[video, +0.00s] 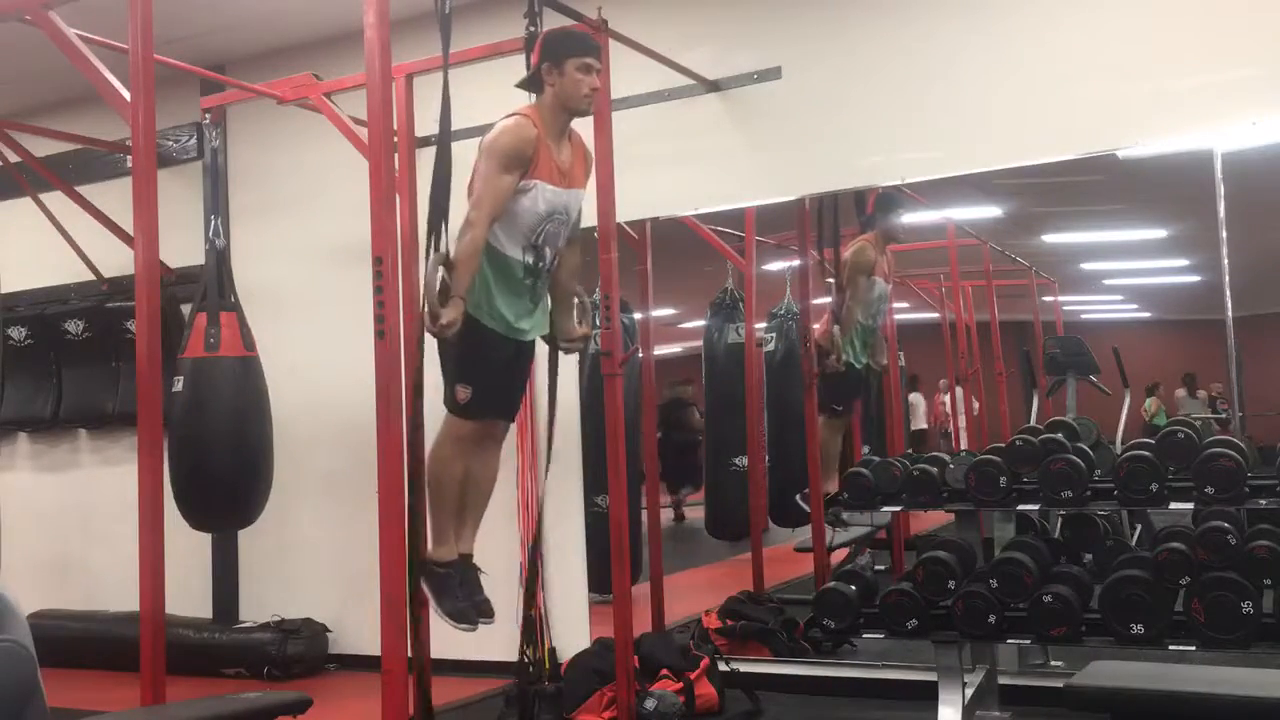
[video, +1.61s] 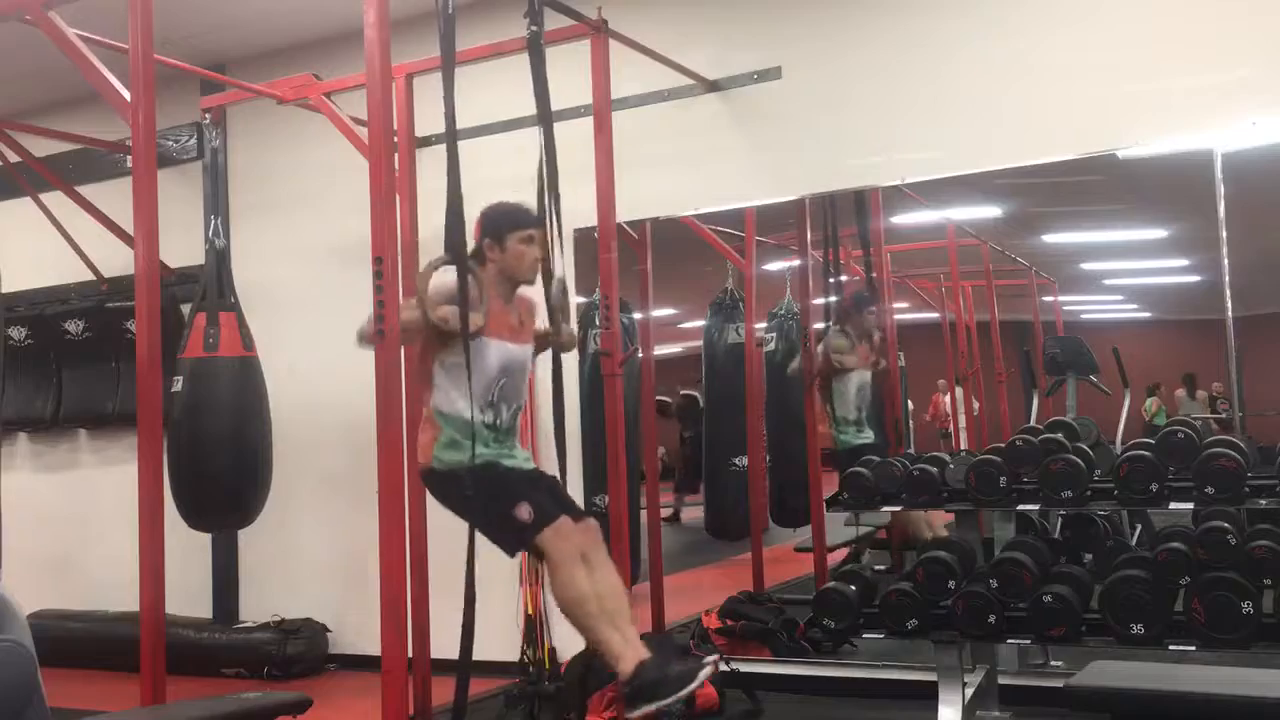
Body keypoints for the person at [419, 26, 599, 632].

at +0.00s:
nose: (596, 82)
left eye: (598, 72)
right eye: (584, 70)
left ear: (590, 82)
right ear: (548, 74)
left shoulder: (578, 151)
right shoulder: (516, 133)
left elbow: (565, 242)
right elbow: (476, 221)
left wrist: (566, 318)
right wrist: (456, 299)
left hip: (524, 314)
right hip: (480, 306)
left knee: (491, 433)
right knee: (462, 427)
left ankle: (462, 554)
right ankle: (439, 555)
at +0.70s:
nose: (598, 144)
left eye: (600, 135)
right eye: (587, 133)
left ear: (591, 143)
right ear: (552, 135)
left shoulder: (576, 201)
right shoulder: (515, 189)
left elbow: (539, 270)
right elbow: (419, 233)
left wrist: (552, 321)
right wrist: (438, 314)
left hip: (521, 345)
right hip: (474, 340)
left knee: (511, 472)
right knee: (483, 472)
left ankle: (499, 608)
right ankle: (478, 612)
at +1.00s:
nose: (611, 230)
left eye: (612, 219)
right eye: (600, 220)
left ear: (597, 225)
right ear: (563, 221)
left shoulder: (582, 274)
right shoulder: (519, 257)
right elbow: (429, 233)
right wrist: (421, 309)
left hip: (511, 402)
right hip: (461, 399)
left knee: (528, 531)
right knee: (497, 531)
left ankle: (533, 666)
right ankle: (509, 674)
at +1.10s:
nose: (613, 247)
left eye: (615, 236)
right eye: (602, 235)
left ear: (602, 242)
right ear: (565, 236)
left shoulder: (582, 290)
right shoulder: (518, 267)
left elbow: (534, 335)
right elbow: (435, 233)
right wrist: (415, 303)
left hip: (510, 416)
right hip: (459, 412)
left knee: (532, 540)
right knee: (500, 540)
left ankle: (539, 677)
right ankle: (515, 684)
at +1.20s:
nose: (609, 247)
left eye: (611, 236)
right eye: (599, 235)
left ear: (598, 243)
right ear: (561, 237)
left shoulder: (581, 293)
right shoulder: (515, 269)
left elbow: (550, 333)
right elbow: (433, 236)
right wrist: (416, 302)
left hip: (510, 420)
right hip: (459, 416)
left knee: (538, 540)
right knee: (507, 542)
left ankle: (543, 676)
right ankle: (519, 685)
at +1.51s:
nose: (561, 236)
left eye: (563, 227)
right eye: (550, 225)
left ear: (557, 234)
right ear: (514, 229)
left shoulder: (551, 285)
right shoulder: (483, 270)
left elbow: (570, 338)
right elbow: (412, 291)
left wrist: (571, 334)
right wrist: (453, 316)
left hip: (502, 431)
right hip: (451, 432)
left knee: (573, 525)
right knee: (544, 528)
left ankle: (606, 661)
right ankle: (590, 667)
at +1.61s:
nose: (538, 254)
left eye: (539, 244)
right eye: (526, 243)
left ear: (536, 252)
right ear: (491, 249)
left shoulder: (527, 302)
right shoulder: (452, 286)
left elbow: (542, 341)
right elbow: (381, 333)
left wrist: (562, 335)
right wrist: (431, 321)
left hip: (506, 454)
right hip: (453, 457)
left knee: (586, 532)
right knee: (560, 538)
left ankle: (642, 663)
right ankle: (630, 673)